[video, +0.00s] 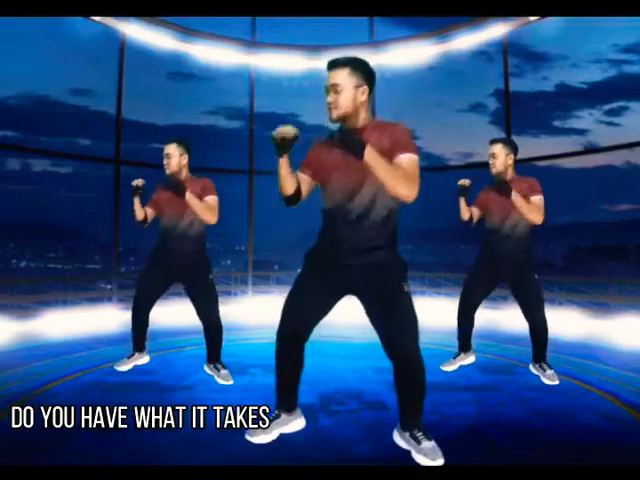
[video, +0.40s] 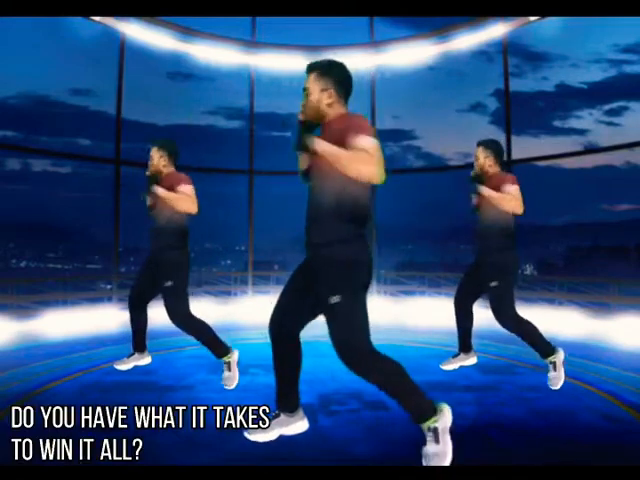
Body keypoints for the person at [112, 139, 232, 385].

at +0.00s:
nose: (166, 161)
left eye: (170, 156)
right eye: (165, 157)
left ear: (185, 159)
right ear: (165, 161)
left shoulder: (204, 185)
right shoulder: (163, 191)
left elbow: (211, 217)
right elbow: (142, 219)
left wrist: (186, 192)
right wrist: (137, 196)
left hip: (194, 261)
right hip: (164, 260)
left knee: (211, 316)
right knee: (141, 304)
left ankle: (214, 363)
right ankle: (139, 353)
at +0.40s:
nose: (150, 160)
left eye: (153, 156)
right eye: (150, 156)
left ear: (165, 158)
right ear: (159, 159)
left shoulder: (179, 180)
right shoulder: (158, 182)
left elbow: (191, 206)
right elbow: (159, 209)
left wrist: (160, 192)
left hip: (174, 256)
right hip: (158, 255)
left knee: (179, 315)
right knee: (137, 299)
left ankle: (227, 356)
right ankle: (140, 353)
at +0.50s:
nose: (156, 164)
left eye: (160, 160)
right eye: (155, 160)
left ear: (169, 162)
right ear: (161, 162)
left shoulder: (170, 180)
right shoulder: (173, 182)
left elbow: (140, 183)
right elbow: (139, 183)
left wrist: (117, 178)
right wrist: (121, 180)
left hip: (172, 256)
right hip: (160, 255)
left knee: (180, 315)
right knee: (136, 297)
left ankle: (230, 356)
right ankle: (140, 352)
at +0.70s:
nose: (146, 160)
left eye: (150, 155)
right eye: (146, 156)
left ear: (163, 157)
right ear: (151, 159)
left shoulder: (179, 178)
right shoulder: (153, 182)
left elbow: (175, 197)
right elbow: (145, 211)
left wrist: (153, 179)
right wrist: (143, 189)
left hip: (177, 256)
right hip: (157, 255)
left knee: (191, 310)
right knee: (136, 300)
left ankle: (232, 358)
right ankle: (140, 354)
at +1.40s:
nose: (169, 163)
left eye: (173, 158)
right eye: (164, 159)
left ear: (182, 160)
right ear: (159, 163)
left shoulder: (197, 185)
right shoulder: (155, 193)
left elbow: (210, 215)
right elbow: (138, 219)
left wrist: (187, 188)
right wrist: (129, 195)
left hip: (193, 263)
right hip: (162, 263)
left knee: (210, 316)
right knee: (137, 306)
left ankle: (218, 362)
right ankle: (139, 353)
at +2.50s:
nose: (175, 156)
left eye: (180, 151)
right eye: (170, 151)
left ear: (189, 155)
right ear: (165, 155)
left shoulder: (200, 182)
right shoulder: (154, 180)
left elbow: (212, 213)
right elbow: (123, 190)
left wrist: (192, 188)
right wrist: (107, 178)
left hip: (190, 259)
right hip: (159, 257)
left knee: (206, 314)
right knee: (135, 302)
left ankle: (213, 365)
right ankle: (142, 353)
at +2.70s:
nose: (156, 158)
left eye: (161, 154)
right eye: (153, 155)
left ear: (172, 158)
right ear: (149, 160)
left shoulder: (183, 184)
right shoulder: (152, 185)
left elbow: (192, 217)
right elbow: (140, 199)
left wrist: (168, 199)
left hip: (174, 257)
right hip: (154, 256)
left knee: (185, 312)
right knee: (133, 300)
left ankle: (228, 353)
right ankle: (141, 354)